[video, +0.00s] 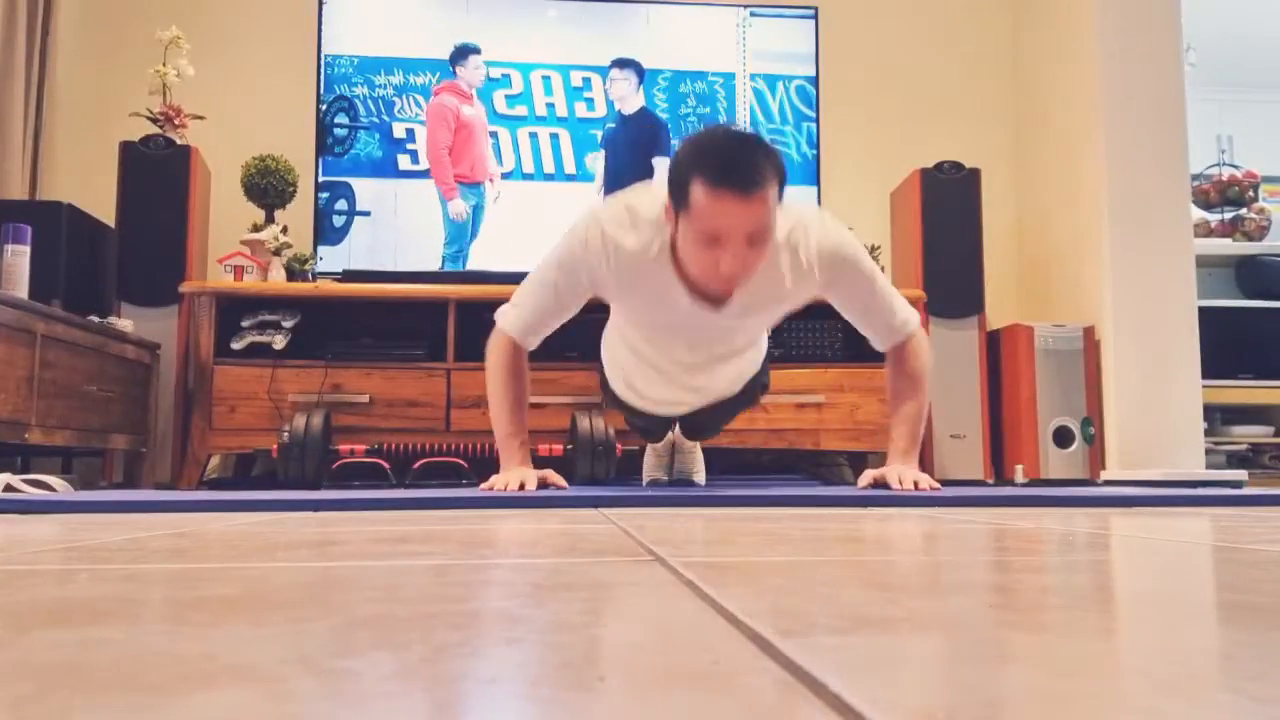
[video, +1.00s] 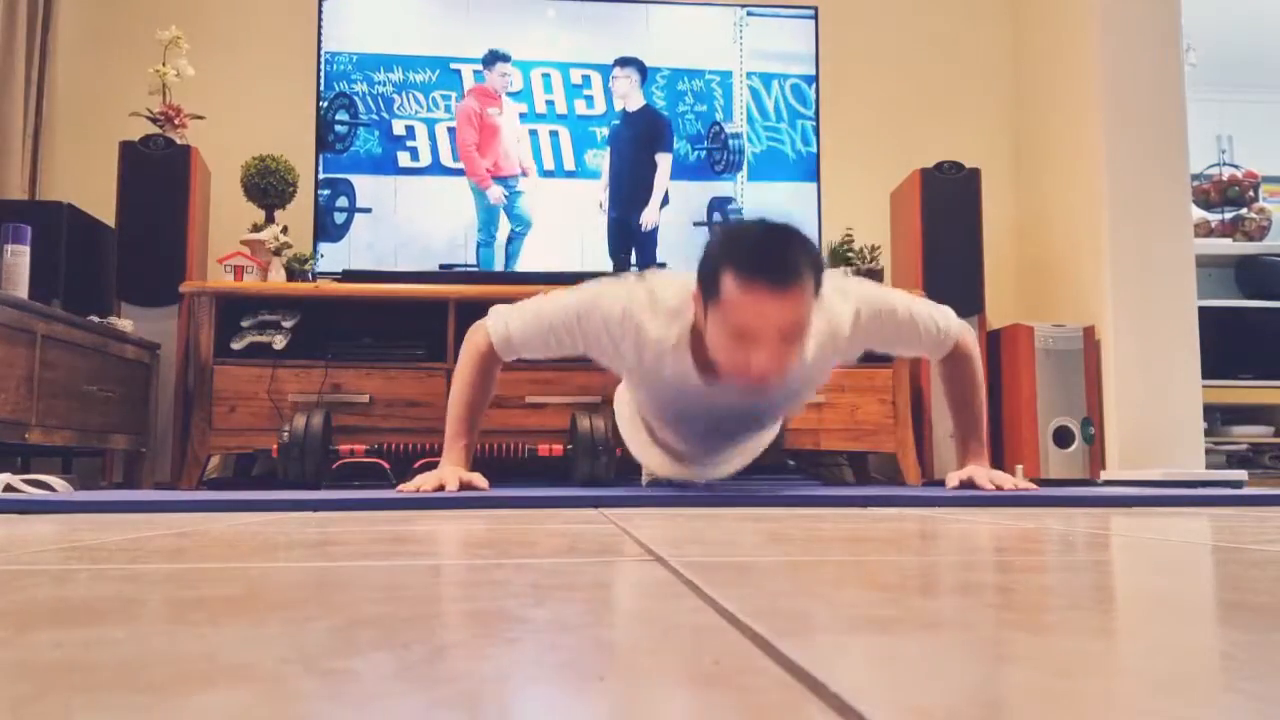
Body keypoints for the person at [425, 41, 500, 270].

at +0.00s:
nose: (483, 72)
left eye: (483, 67)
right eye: (477, 67)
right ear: (459, 70)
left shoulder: (475, 103)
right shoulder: (443, 103)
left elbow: (483, 144)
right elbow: (437, 153)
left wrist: (493, 172)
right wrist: (452, 197)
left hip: (478, 186)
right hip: (458, 187)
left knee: (465, 247)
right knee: (455, 250)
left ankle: (454, 295)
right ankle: (448, 297)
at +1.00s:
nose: (508, 81)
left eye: (510, 75)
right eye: (502, 75)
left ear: (511, 76)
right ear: (487, 74)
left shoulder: (508, 104)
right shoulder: (470, 105)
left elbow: (517, 140)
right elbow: (466, 150)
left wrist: (526, 165)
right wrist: (488, 186)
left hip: (511, 179)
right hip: (486, 181)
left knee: (523, 222)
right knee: (487, 235)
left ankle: (510, 274)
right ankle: (487, 284)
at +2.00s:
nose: (529, 70)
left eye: (531, 65)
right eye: (524, 65)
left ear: (532, 66)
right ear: (508, 65)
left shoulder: (536, 99)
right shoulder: (490, 97)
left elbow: (550, 134)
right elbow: (477, 131)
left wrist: (558, 166)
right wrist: (483, 165)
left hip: (532, 172)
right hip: (501, 171)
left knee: (533, 224)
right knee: (500, 225)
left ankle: (536, 269)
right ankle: (498, 269)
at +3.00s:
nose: (527, 67)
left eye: (529, 62)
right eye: (522, 62)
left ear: (531, 65)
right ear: (507, 63)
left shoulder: (538, 97)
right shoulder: (490, 97)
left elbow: (556, 130)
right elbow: (475, 133)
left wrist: (555, 150)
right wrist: (475, 169)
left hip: (534, 171)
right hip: (502, 171)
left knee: (532, 224)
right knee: (500, 225)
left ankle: (536, 272)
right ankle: (492, 270)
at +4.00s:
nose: (531, 70)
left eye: (534, 65)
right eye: (526, 65)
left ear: (536, 65)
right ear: (512, 65)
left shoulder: (541, 94)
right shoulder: (495, 96)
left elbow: (561, 121)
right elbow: (480, 129)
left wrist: (578, 139)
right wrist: (515, 132)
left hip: (537, 169)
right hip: (507, 169)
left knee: (533, 221)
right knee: (501, 220)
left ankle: (534, 270)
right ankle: (491, 267)